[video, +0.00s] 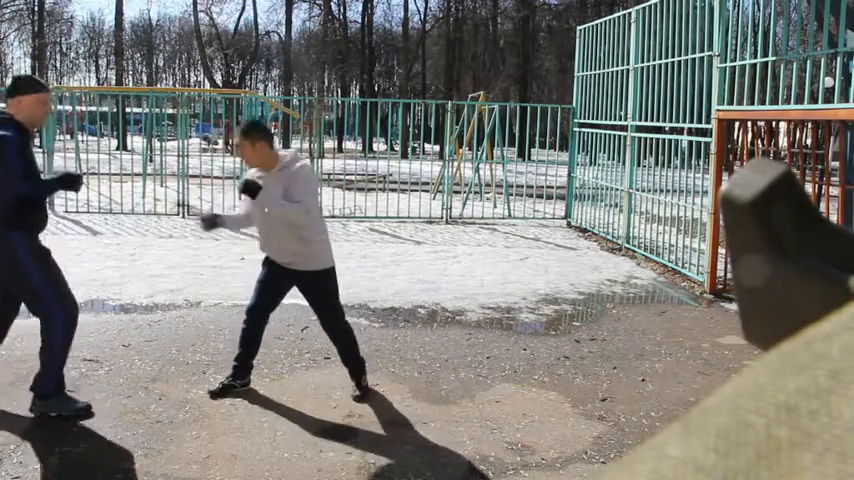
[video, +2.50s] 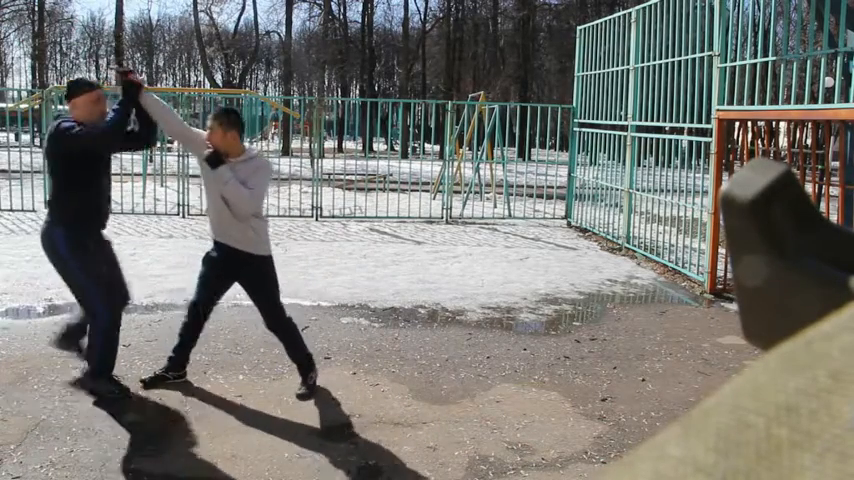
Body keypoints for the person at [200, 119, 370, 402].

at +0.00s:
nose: (240, 155)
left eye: (242, 149)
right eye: (239, 150)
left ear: (260, 145)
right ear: (256, 146)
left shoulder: (300, 170)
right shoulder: (258, 178)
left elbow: (306, 215)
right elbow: (249, 218)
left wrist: (264, 198)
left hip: (314, 264)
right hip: (278, 262)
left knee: (334, 323)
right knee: (255, 314)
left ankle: (358, 375)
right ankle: (240, 376)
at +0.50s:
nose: (229, 156)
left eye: (232, 149)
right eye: (228, 150)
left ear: (248, 148)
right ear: (242, 150)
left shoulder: (288, 172)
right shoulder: (233, 183)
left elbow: (294, 211)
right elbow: (200, 205)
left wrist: (257, 183)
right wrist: (175, 234)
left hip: (292, 269)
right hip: (253, 266)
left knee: (322, 326)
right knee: (219, 316)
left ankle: (356, 375)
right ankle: (200, 373)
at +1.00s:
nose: (182, 153)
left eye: (185, 147)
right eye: (182, 147)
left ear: (203, 145)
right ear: (199, 147)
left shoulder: (245, 169)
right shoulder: (189, 183)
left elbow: (258, 210)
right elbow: (165, 214)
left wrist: (214, 195)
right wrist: (130, 238)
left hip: (267, 259)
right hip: (230, 260)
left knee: (289, 318)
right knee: (209, 313)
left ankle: (317, 370)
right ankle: (199, 374)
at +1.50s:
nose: (244, 141)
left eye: (247, 135)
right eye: (243, 136)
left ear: (266, 133)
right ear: (260, 135)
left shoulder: (295, 165)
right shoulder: (258, 164)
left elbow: (273, 206)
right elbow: (249, 204)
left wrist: (246, 166)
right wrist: (223, 182)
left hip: (283, 262)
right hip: (252, 258)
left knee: (292, 323)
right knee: (228, 313)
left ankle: (316, 375)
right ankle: (215, 373)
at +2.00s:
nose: (177, 135)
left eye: (182, 130)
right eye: (178, 130)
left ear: (199, 132)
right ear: (193, 133)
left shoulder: (234, 164)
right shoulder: (178, 159)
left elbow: (227, 201)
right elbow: (148, 138)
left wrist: (195, 167)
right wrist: (121, 114)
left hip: (243, 258)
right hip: (208, 256)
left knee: (271, 317)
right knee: (180, 309)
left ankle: (307, 371)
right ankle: (174, 368)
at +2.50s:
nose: (208, 135)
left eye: (213, 130)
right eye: (209, 130)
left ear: (231, 134)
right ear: (223, 133)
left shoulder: (259, 166)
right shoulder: (209, 152)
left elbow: (246, 208)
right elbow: (173, 124)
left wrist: (219, 169)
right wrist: (139, 92)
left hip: (255, 258)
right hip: (221, 253)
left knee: (276, 320)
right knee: (197, 311)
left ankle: (308, 371)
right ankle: (175, 368)